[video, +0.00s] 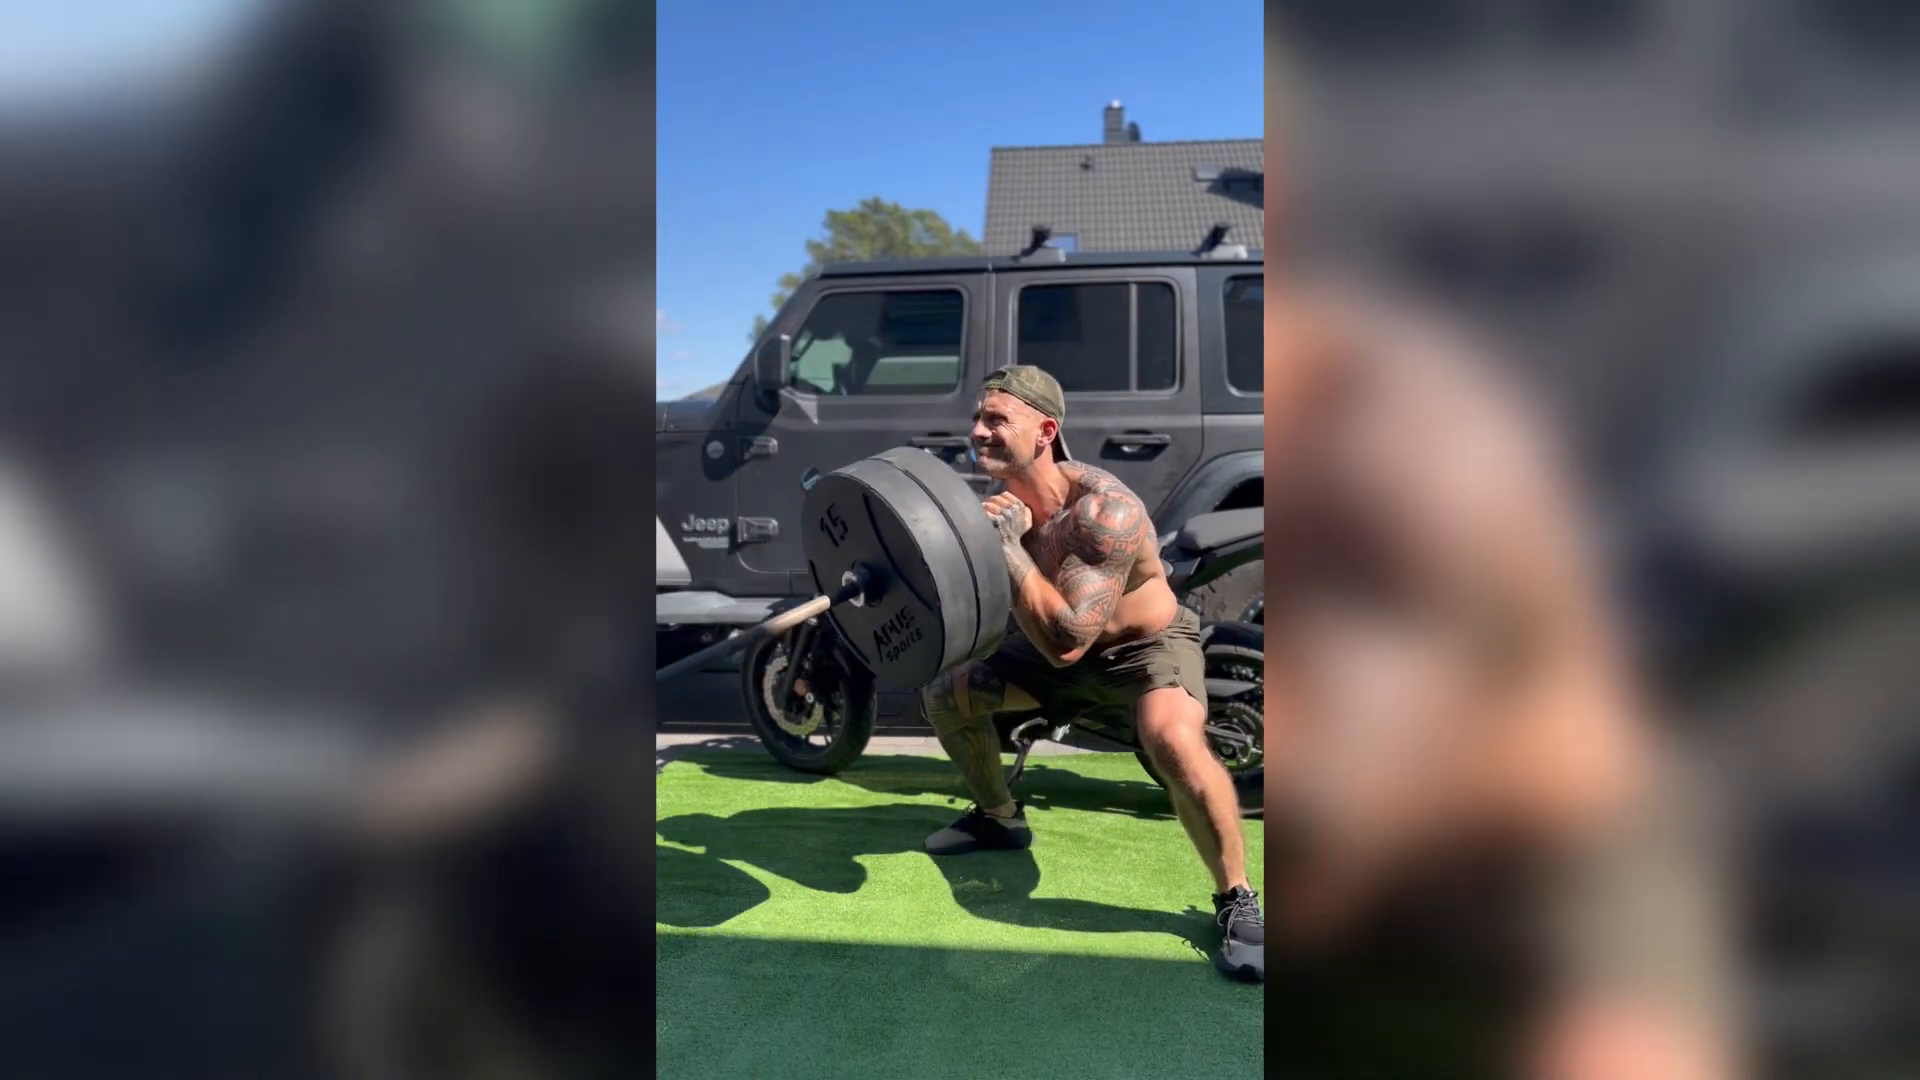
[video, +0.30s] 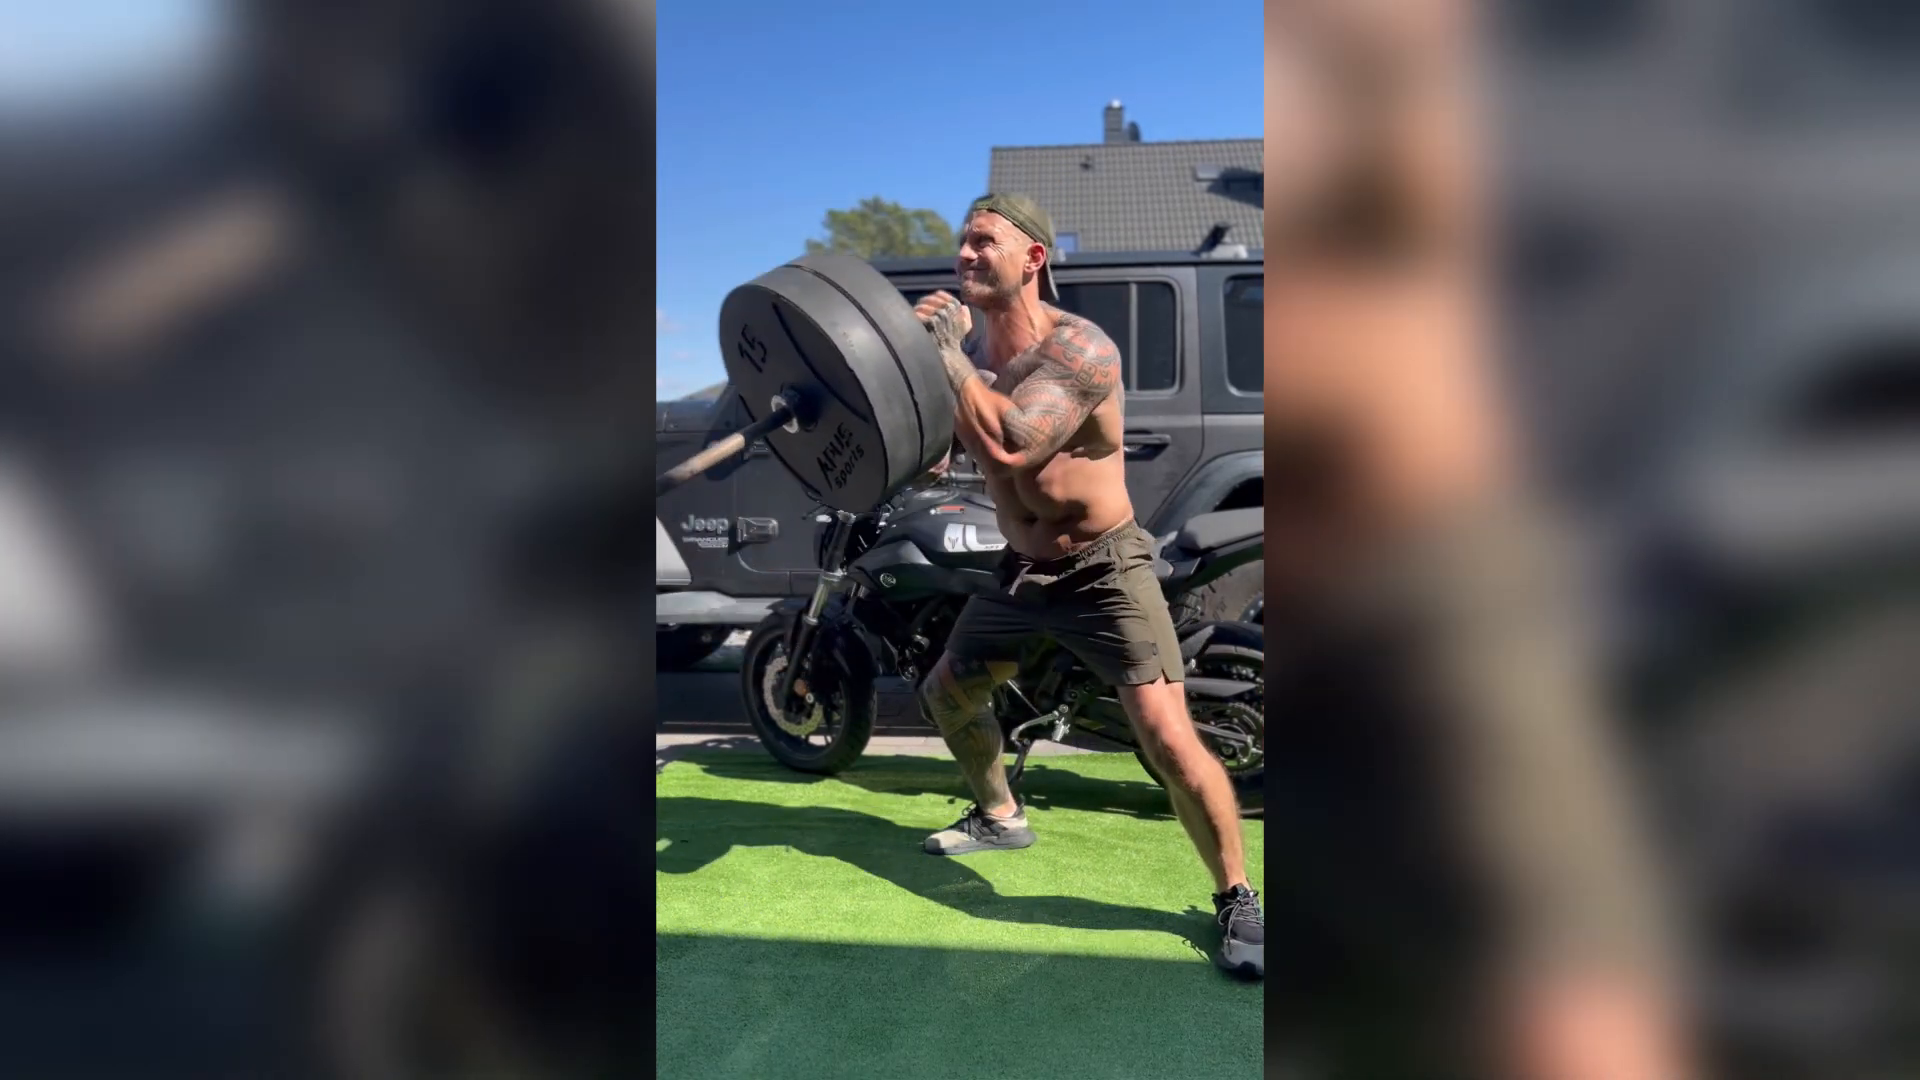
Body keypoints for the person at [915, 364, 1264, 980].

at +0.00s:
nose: (979, 432)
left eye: (997, 420)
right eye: (977, 419)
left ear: (1046, 433)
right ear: (976, 427)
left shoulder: (1109, 510)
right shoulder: (986, 508)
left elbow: (1068, 641)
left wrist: (1008, 550)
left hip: (1151, 645)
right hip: (1063, 650)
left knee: (1171, 735)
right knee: (949, 696)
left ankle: (1237, 898)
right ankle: (999, 820)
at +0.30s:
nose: (966, 254)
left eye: (984, 242)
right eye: (964, 243)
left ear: (1034, 258)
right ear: (963, 261)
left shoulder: (1085, 347)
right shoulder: (973, 344)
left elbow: (1011, 444)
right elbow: (939, 443)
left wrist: (948, 354)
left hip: (1106, 561)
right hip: (1023, 567)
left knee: (1165, 733)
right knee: (950, 693)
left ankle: (1238, 897)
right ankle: (1001, 817)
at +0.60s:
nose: (930, 205)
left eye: (943, 191)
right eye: (921, 193)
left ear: (987, 194)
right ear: (923, 205)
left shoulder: (1037, 266)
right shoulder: (912, 291)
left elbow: (939, 217)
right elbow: (827, 233)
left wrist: (824, 89)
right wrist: (764, 118)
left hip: (1074, 538)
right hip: (990, 548)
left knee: (1151, 716)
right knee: (991, 698)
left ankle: (1232, 889)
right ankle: (1002, 816)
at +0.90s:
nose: (922, 202)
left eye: (940, 190)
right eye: (918, 192)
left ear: (994, 201)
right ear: (928, 208)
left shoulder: (1040, 272)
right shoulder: (913, 301)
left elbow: (932, 241)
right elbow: (823, 251)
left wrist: (837, 110)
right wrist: (757, 149)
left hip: (1084, 547)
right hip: (998, 557)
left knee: (1153, 725)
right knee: (988, 696)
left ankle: (1233, 894)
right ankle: (1001, 817)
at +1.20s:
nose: (974, 278)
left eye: (991, 263)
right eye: (972, 264)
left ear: (1040, 271)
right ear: (974, 276)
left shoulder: (1089, 359)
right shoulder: (985, 358)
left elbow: (1015, 451)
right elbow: (936, 439)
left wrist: (954, 355)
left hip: (1110, 582)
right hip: (1025, 586)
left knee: (1155, 748)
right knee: (947, 699)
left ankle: (1234, 898)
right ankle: (1001, 818)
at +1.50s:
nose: (1000, 437)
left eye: (1018, 426)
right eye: (998, 425)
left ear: (1063, 440)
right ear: (991, 433)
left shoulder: (1117, 520)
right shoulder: (996, 509)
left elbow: (1070, 645)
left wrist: (1010, 553)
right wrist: (968, 533)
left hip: (1151, 665)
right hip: (1060, 666)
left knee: (1178, 747)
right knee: (950, 701)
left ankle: (1236, 899)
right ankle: (1000, 820)